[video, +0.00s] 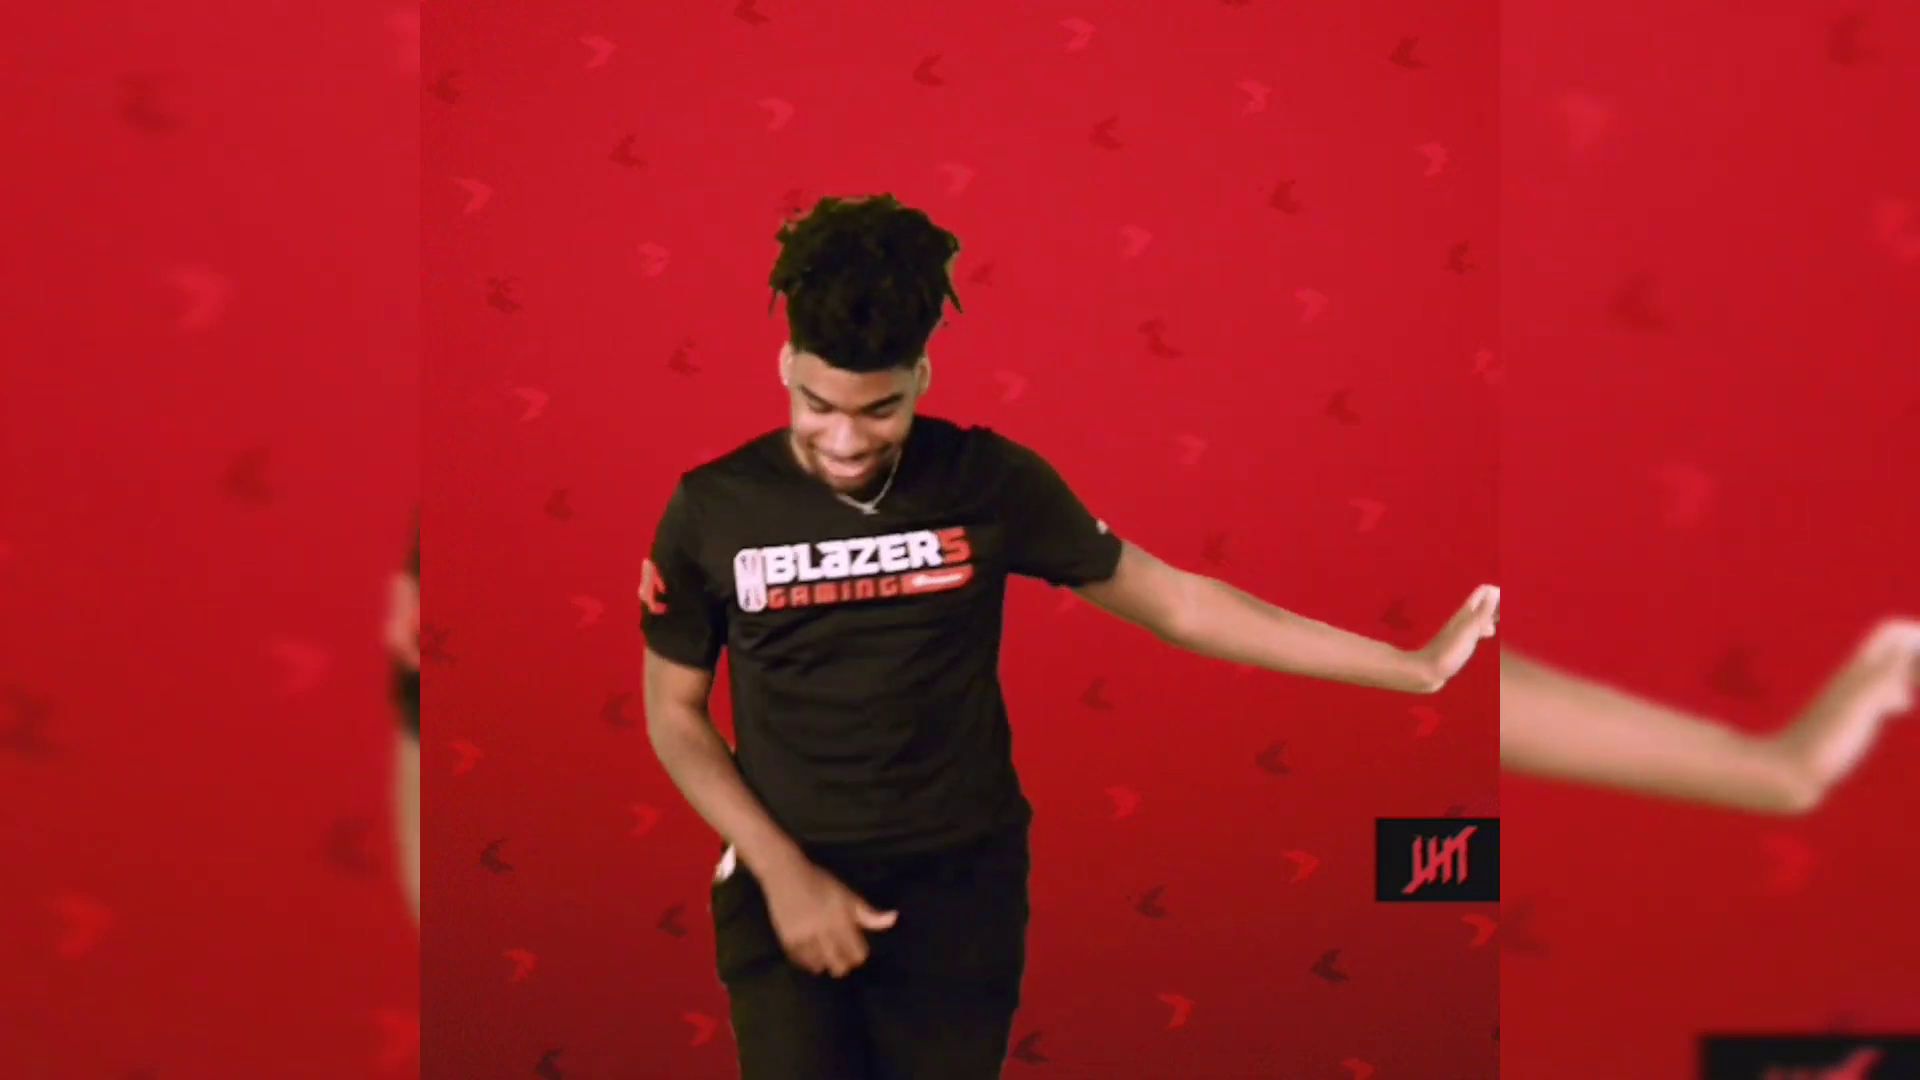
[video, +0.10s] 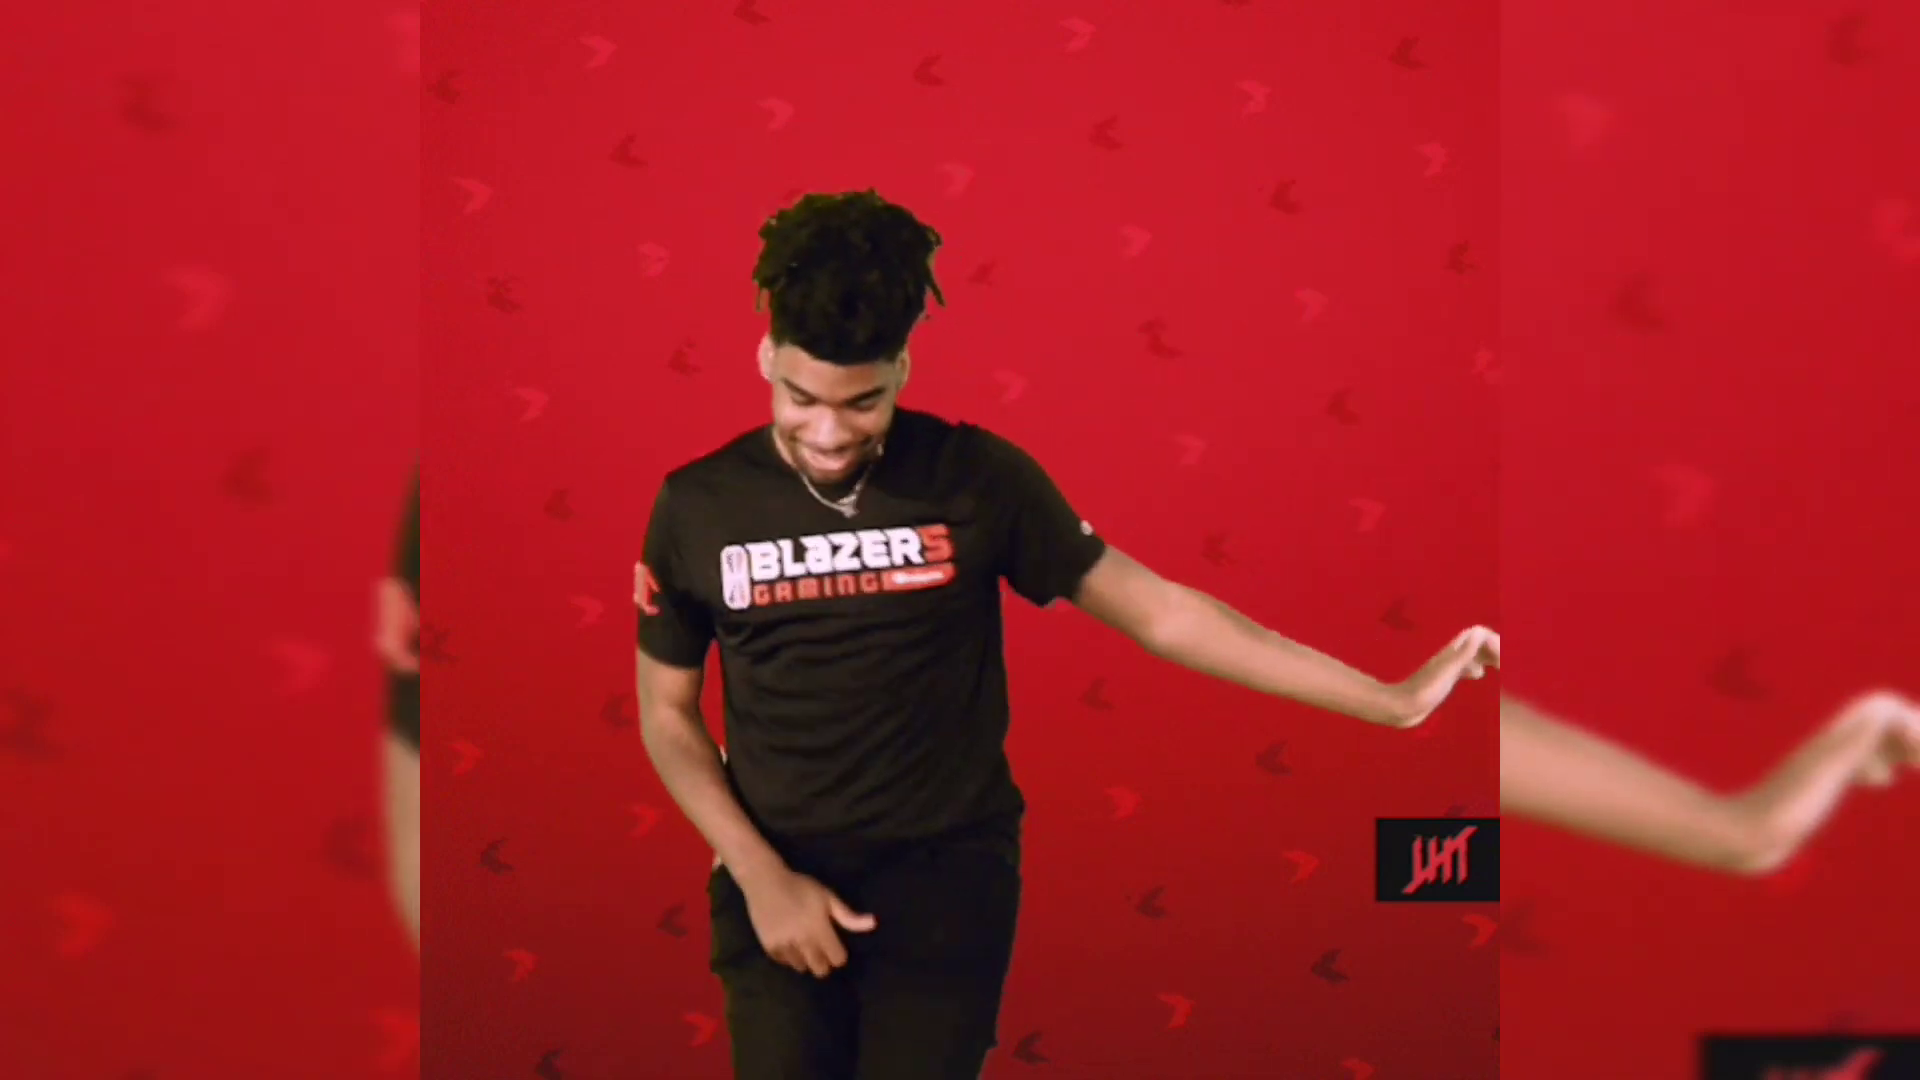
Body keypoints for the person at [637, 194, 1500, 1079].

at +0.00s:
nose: (844, 438)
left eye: (876, 409)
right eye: (817, 404)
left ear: (923, 369)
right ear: (783, 359)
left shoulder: (989, 484)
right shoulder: (711, 513)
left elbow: (1174, 599)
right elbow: (674, 717)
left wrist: (1408, 670)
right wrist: (784, 871)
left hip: (960, 887)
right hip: (783, 893)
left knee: (951, 1068)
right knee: (797, 1074)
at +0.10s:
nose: (827, 431)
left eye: (860, 401)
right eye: (800, 397)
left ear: (901, 365)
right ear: (764, 353)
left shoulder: (976, 480)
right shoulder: (697, 510)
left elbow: (1162, 613)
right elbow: (666, 719)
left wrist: (1386, 702)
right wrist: (761, 877)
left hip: (947, 871)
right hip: (777, 879)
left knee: (922, 1067)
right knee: (782, 1071)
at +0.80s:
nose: (885, 368)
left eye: (917, 337)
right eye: (855, 334)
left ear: (956, 295)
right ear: (811, 290)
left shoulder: (1029, 424)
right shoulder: (730, 423)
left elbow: (1061, 575)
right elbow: (648, 558)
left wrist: (1031, 695)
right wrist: (711, 680)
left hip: (962, 831)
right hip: (786, 826)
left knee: (946, 1063)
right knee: (799, 1062)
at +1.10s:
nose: (856, 343)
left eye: (886, 308)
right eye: (824, 312)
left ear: (930, 263)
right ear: (786, 273)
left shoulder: (1015, 365)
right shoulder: (733, 418)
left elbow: (1033, 490)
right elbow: (612, 577)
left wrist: (1056, 616)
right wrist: (758, 689)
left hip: (998, 799)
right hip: (828, 812)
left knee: (1008, 1063)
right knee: (836, 1064)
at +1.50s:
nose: (969, 357)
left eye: (999, 322)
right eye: (935, 324)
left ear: (1041, 280)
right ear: (897, 285)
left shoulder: (1108, 396)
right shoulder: (829, 437)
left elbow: (1114, 526)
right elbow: (715, 606)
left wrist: (1148, 642)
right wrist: (855, 723)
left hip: (1091, 834)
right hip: (924, 849)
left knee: (1115, 1062)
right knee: (959, 1063)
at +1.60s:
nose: (1003, 392)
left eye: (1033, 356)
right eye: (970, 358)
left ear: (1078, 315)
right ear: (936, 322)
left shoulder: (1139, 445)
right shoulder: (857, 478)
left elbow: (1134, 569)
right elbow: (728, 635)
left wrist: (1169, 693)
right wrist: (866, 775)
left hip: (1117, 880)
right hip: (945, 897)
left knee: (1133, 1061)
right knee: (973, 1061)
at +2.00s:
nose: (946, 333)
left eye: (980, 304)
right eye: (930, 297)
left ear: (1067, 285)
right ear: (915, 272)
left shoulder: (1169, 428)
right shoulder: (873, 406)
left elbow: (1218, 603)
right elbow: (812, 563)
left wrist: (1143, 695)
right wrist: (833, 693)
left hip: (1074, 849)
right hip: (900, 839)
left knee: (1052, 1062)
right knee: (879, 1063)